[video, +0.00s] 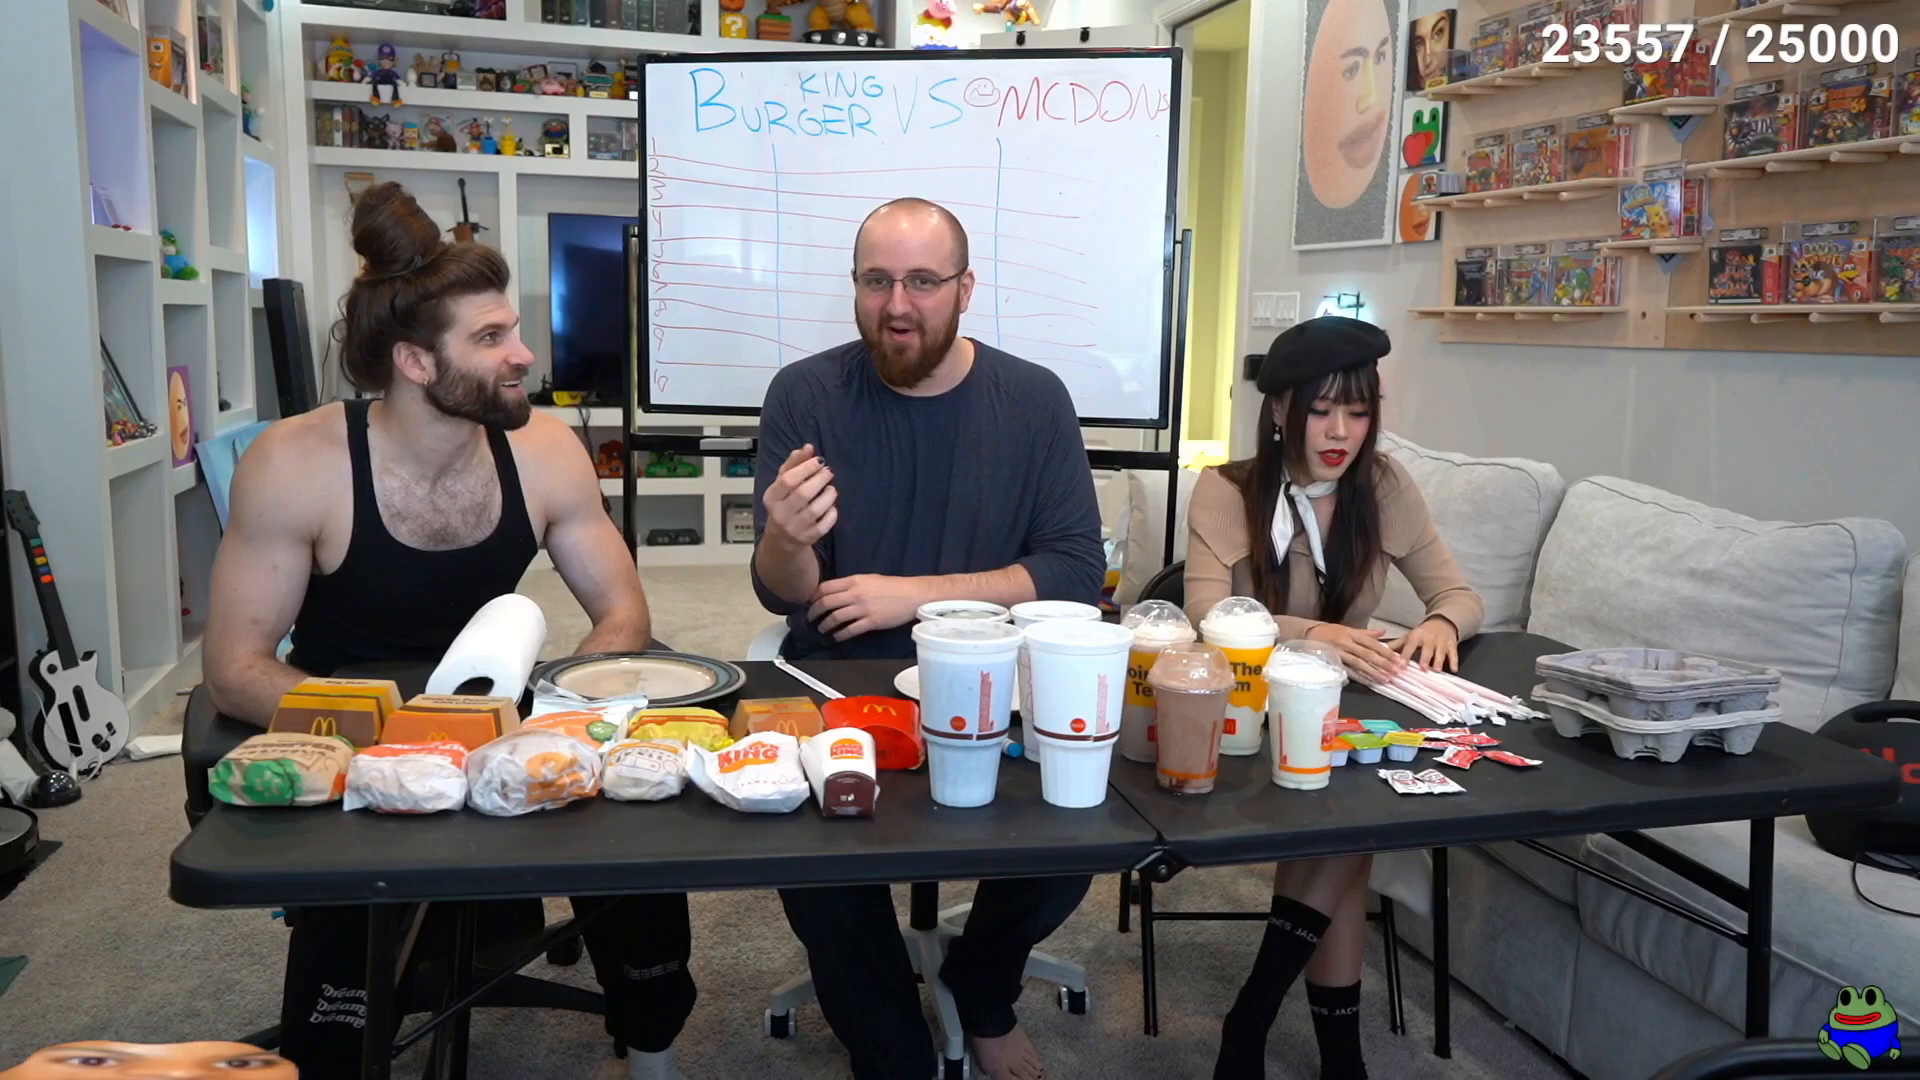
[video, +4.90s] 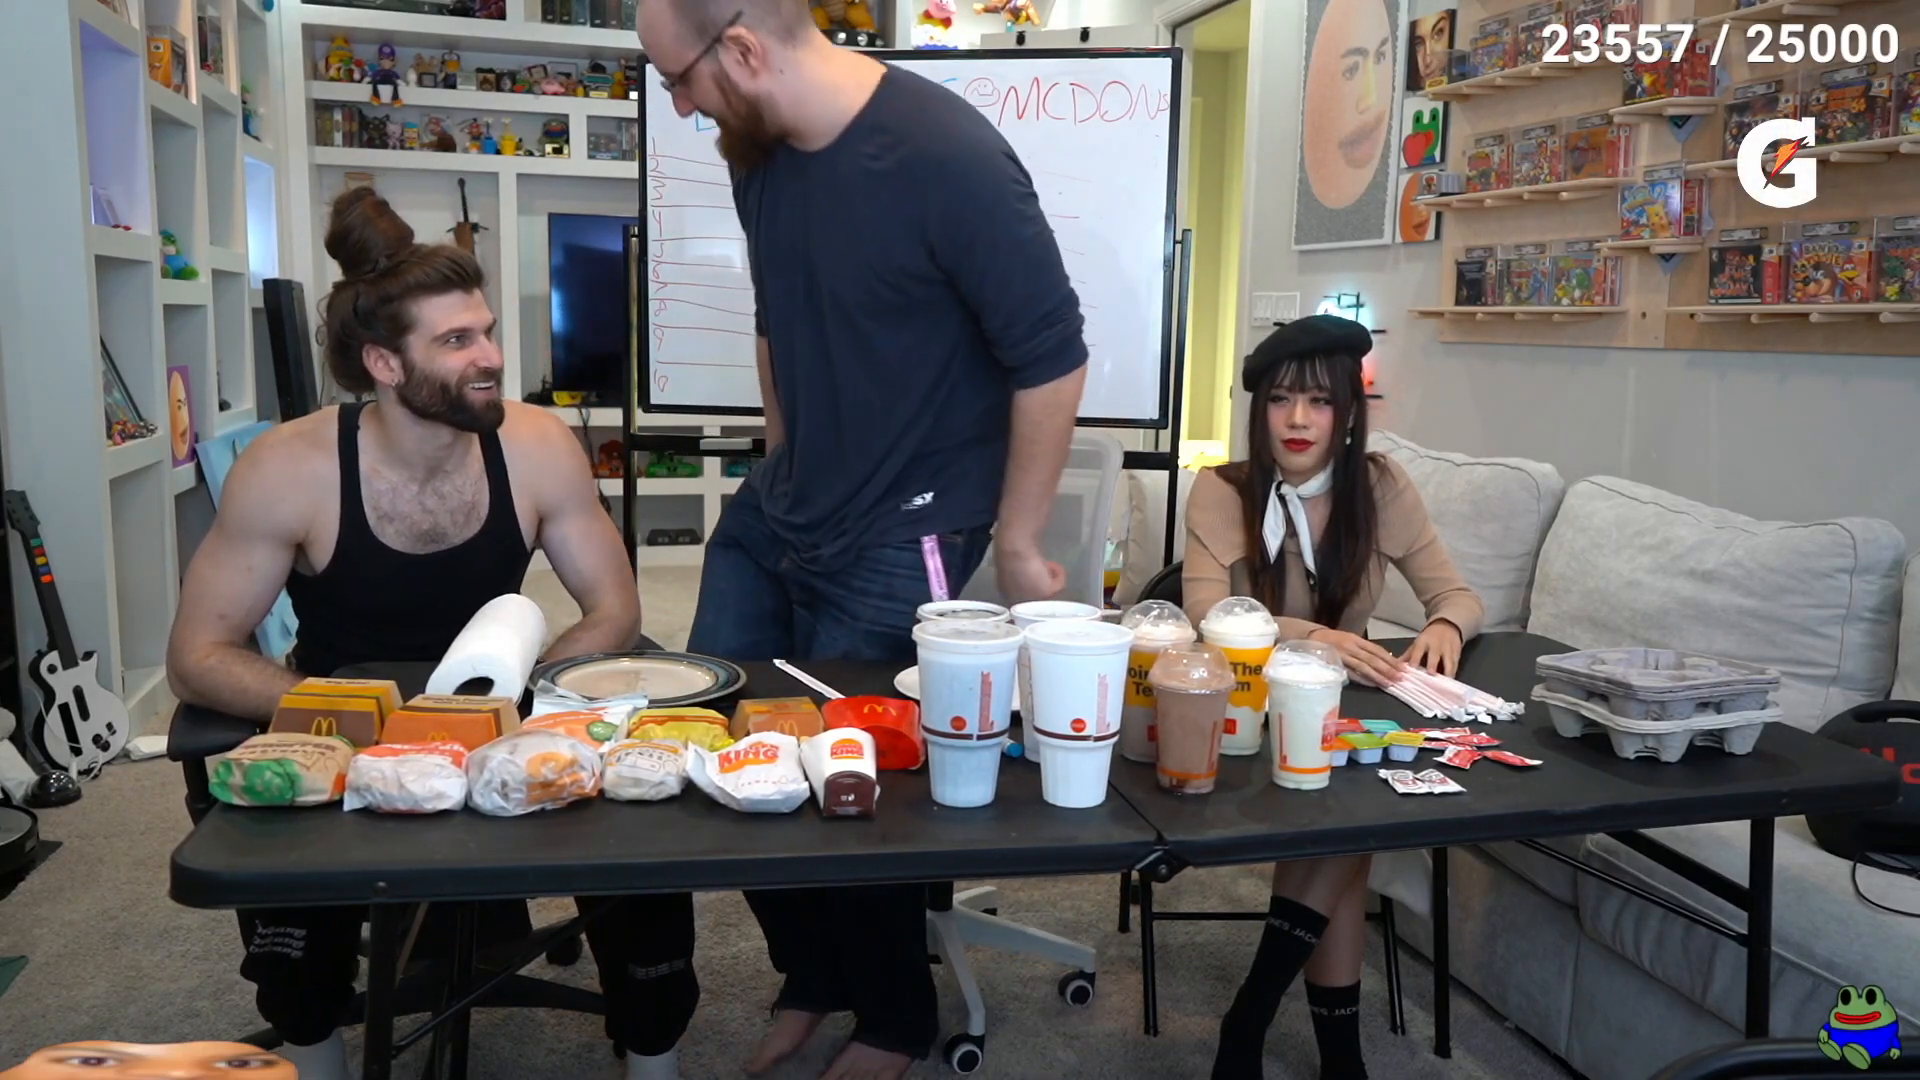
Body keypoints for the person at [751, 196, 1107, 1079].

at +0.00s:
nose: (898, 305)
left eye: (923, 283)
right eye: (878, 281)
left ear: (964, 290)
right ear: (853, 286)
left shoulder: (1033, 399)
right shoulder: (805, 393)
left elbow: (1077, 572)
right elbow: (782, 595)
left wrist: (916, 593)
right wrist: (787, 538)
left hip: (996, 680)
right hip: (840, 685)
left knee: (1070, 835)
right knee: (813, 854)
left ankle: (981, 986)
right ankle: (900, 1058)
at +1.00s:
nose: (897, 288)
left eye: (920, 268)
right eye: (876, 269)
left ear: (960, 278)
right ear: (852, 282)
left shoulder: (1015, 392)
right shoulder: (800, 396)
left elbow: (1039, 565)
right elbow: (764, 577)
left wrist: (1051, 472)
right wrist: (930, 584)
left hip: (991, 672)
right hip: (839, 677)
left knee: (1076, 830)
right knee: (819, 854)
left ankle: (980, 986)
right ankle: (899, 1060)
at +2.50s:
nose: (873, 282)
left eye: (872, 261)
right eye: (843, 273)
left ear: (884, 267)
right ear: (786, 306)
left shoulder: (958, 380)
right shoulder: (741, 432)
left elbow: (1092, 464)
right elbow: (698, 602)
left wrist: (1078, 367)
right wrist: (805, 623)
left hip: (982, 689)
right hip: (833, 702)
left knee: (1071, 826)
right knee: (820, 861)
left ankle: (982, 991)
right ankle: (895, 1062)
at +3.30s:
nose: (830, 301)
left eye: (842, 276)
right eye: (799, 288)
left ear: (863, 280)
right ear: (764, 311)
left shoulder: (955, 382)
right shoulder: (734, 431)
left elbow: (1095, 476)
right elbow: (696, 590)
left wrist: (999, 504)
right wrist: (775, 613)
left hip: (975, 684)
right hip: (824, 697)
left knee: (1061, 821)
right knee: (814, 852)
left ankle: (1003, 1017)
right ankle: (884, 1057)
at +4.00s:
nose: (803, 362)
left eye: (827, 334)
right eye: (780, 337)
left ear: (876, 324)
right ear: (759, 333)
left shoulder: (981, 396)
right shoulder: (744, 395)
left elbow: (1104, 444)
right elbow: (754, 482)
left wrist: (1082, 606)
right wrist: (784, 590)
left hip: (953, 683)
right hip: (814, 674)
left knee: (900, 846)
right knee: (748, 828)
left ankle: (894, 1040)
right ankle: (835, 1013)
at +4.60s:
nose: (703, 262)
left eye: (716, 238)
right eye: (690, 240)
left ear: (795, 189)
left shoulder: (970, 240)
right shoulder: (711, 250)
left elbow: (1090, 373)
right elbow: (740, 390)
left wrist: (1097, 544)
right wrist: (779, 516)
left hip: (934, 571)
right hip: (796, 560)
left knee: (873, 811)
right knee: (763, 798)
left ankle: (898, 1030)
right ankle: (837, 1016)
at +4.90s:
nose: (682, 104)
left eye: (680, 76)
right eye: (672, 82)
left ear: (746, 46)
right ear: (744, 50)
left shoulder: (950, 155)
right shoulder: (763, 150)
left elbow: (1052, 350)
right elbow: (780, 323)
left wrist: (1018, 538)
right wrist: (782, 461)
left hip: (903, 541)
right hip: (776, 514)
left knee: (854, 797)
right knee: (731, 760)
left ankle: (900, 1023)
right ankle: (814, 982)